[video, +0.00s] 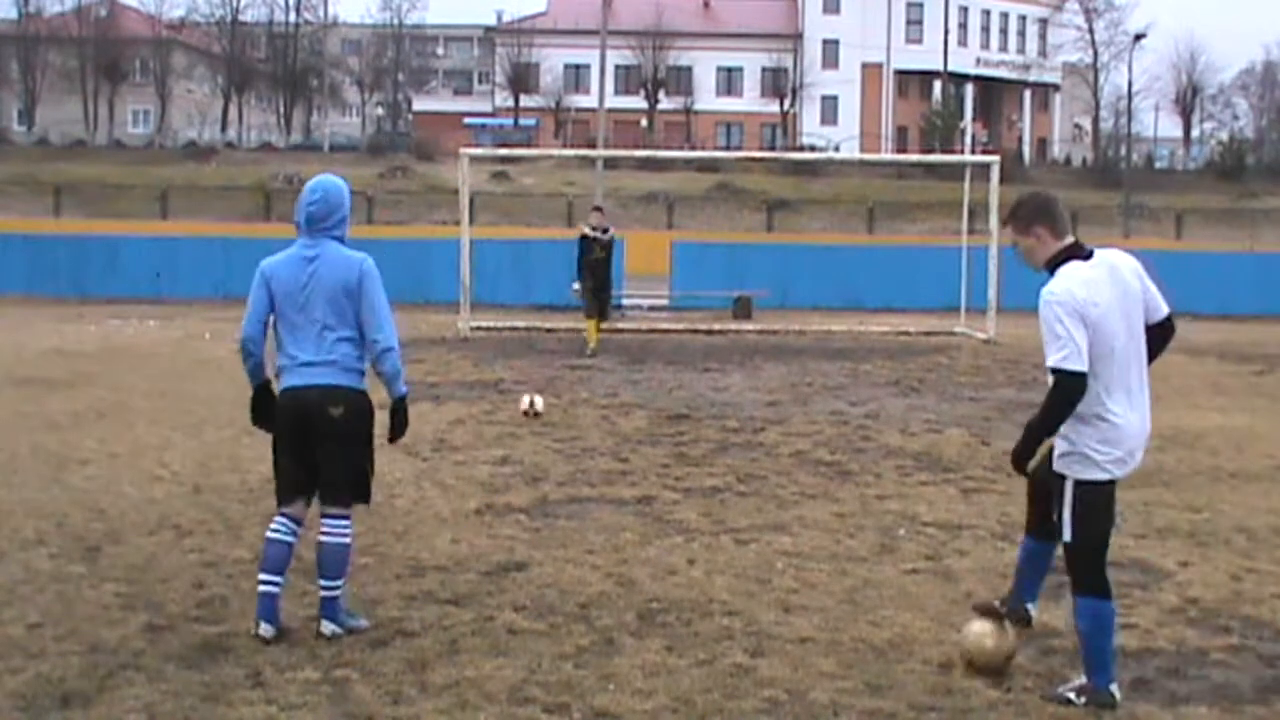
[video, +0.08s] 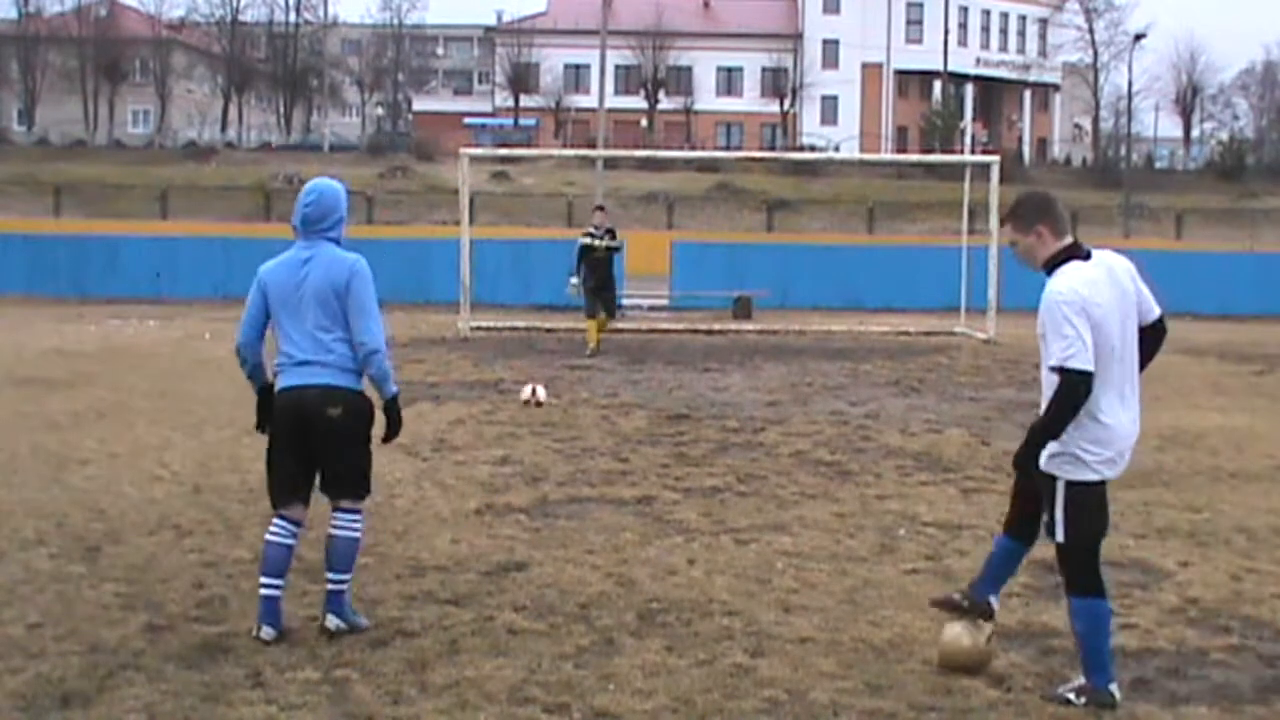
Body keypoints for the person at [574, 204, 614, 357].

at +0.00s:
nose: (595, 222)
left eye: (598, 218)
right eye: (592, 218)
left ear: (603, 220)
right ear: (589, 220)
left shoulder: (608, 238)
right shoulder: (584, 238)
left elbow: (608, 262)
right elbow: (580, 260)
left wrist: (610, 283)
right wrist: (578, 279)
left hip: (604, 281)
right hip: (588, 280)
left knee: (600, 314)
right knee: (591, 312)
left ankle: (592, 337)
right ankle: (592, 343)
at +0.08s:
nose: (599, 219)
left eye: (602, 216)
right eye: (597, 215)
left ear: (606, 218)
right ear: (592, 217)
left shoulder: (610, 234)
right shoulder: (586, 236)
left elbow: (616, 247)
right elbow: (579, 257)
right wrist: (576, 276)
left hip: (606, 279)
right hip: (590, 279)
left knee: (610, 312)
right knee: (591, 313)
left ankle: (596, 330)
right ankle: (592, 343)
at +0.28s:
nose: (608, 219)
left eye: (610, 216)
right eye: (605, 215)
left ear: (614, 217)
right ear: (600, 217)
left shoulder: (619, 234)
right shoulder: (593, 234)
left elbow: (626, 250)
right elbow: (583, 250)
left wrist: (632, 261)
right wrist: (577, 259)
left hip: (614, 277)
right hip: (597, 277)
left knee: (620, 310)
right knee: (596, 312)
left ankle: (620, 341)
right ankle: (593, 344)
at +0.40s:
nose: (617, 218)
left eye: (620, 215)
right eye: (615, 215)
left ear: (622, 217)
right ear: (609, 216)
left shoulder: (626, 235)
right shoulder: (601, 235)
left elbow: (633, 256)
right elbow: (589, 251)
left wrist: (642, 270)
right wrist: (584, 255)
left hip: (619, 276)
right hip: (603, 276)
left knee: (622, 311)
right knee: (599, 311)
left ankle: (620, 342)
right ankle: (593, 344)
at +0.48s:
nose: (622, 218)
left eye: (624, 214)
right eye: (619, 214)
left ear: (627, 217)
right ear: (614, 215)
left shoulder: (629, 235)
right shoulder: (606, 233)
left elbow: (635, 258)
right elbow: (595, 252)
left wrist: (644, 274)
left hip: (622, 275)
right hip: (606, 275)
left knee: (623, 310)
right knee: (600, 310)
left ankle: (620, 342)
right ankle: (594, 343)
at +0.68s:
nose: (627, 216)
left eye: (630, 212)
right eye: (625, 212)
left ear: (633, 214)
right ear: (620, 213)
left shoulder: (635, 233)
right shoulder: (612, 231)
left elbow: (637, 257)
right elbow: (608, 255)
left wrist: (640, 275)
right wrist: (612, 273)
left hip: (627, 272)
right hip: (611, 272)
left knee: (623, 308)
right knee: (605, 308)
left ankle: (620, 341)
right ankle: (600, 341)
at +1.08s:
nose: (623, 217)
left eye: (626, 214)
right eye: (621, 213)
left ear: (630, 216)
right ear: (617, 215)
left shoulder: (634, 234)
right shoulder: (609, 234)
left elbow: (640, 255)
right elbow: (606, 256)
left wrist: (644, 271)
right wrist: (612, 272)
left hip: (629, 274)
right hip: (614, 275)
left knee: (625, 308)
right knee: (616, 309)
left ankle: (622, 340)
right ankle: (618, 340)